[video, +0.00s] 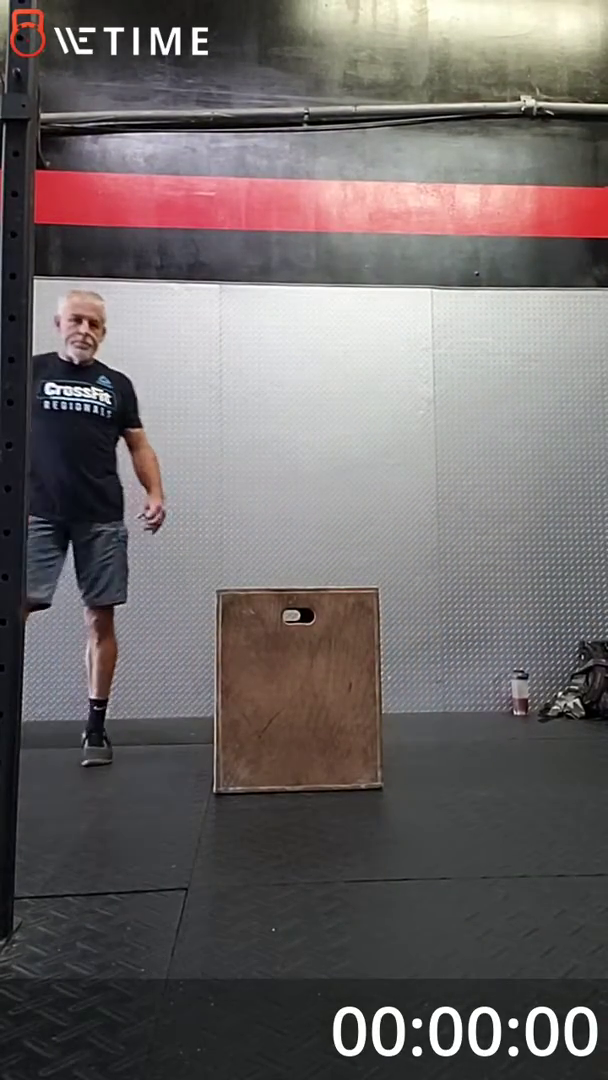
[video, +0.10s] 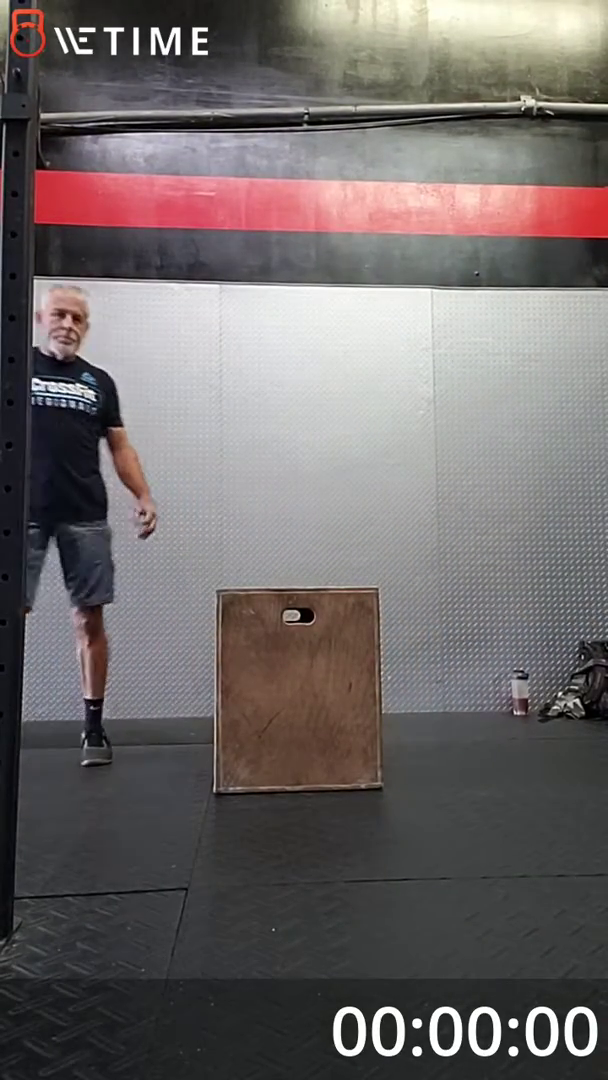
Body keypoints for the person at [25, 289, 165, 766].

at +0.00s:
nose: (85, 329)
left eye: (93, 323)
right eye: (76, 320)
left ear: (103, 331)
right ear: (58, 324)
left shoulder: (118, 385)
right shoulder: (30, 372)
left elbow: (138, 445)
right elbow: (8, 432)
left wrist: (156, 494)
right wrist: (9, 495)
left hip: (101, 515)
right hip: (38, 512)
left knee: (101, 618)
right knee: (18, 610)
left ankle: (96, 728)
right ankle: (5, 721)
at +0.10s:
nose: (67, 324)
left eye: (76, 318)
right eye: (59, 315)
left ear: (86, 327)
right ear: (39, 320)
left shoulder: (98, 381)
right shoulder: (17, 368)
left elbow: (120, 445)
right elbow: (4, 433)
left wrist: (143, 496)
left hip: (84, 512)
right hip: (26, 510)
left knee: (89, 620)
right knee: (12, 618)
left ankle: (94, 728)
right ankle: (4, 729)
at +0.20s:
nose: (50, 316)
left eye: (58, 309)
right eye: (41, 306)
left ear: (67, 317)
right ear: (26, 311)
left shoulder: (80, 374)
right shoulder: (12, 362)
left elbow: (101, 442)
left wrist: (124, 503)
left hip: (65, 509)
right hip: (16, 509)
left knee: (80, 616)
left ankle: (91, 725)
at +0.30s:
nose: (37, 310)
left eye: (43, 302)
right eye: (30, 300)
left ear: (50, 310)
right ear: (13, 303)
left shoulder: (65, 367)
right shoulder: (3, 358)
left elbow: (85, 439)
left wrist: (103, 505)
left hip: (52, 513)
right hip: (10, 515)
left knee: (75, 615)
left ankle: (83, 716)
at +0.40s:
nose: (24, 300)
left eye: (28, 292)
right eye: (18, 291)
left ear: (36, 300)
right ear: (8, 300)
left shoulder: (54, 364)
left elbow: (72, 436)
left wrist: (86, 501)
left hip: (45, 517)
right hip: (10, 520)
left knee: (63, 617)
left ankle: (59, 718)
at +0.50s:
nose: (16, 296)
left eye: (19, 280)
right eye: (11, 286)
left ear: (24, 299)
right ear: (4, 300)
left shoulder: (47, 359)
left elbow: (63, 433)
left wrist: (79, 500)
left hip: (38, 516)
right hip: (10, 519)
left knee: (42, 618)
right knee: (12, 625)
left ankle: (28, 728)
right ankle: (15, 731)